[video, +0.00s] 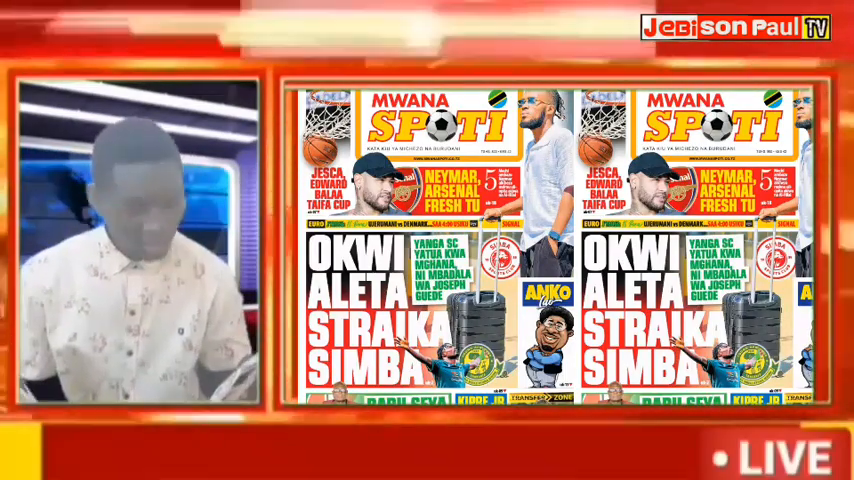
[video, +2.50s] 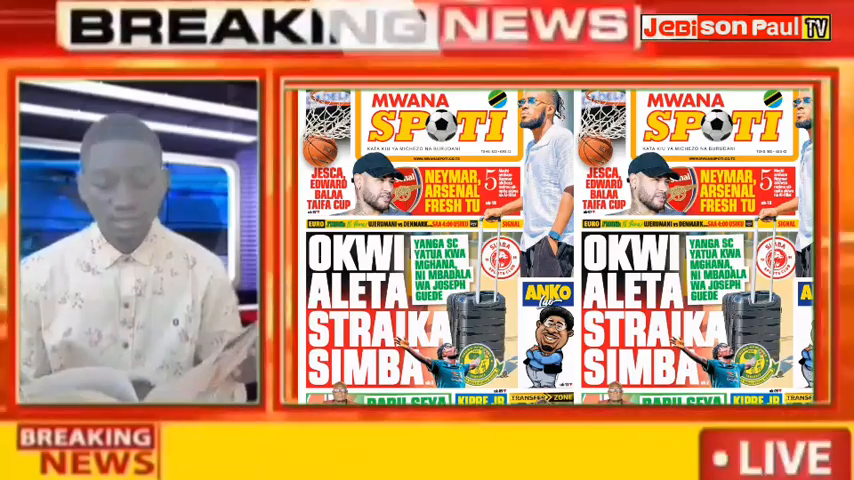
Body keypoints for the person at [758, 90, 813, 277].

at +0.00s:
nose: (799, 107)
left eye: (806, 101)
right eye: (797, 103)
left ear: (820, 107)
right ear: (794, 110)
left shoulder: (827, 147)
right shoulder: (806, 149)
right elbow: (804, 196)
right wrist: (777, 211)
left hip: (820, 240)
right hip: (803, 239)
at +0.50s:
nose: (799, 107)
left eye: (806, 101)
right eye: (797, 103)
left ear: (820, 107)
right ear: (794, 110)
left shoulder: (827, 148)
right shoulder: (806, 149)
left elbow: (832, 192)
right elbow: (804, 196)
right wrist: (776, 211)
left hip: (820, 240)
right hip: (803, 239)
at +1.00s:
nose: (799, 107)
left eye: (807, 101)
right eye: (797, 103)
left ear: (820, 107)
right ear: (794, 110)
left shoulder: (827, 148)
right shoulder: (806, 149)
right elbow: (804, 196)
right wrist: (777, 211)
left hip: (821, 240)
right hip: (804, 239)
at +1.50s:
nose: (799, 107)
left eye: (807, 101)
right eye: (797, 102)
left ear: (820, 106)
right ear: (794, 110)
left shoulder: (826, 147)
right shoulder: (806, 149)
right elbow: (805, 196)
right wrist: (777, 211)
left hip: (819, 240)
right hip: (804, 240)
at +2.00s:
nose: (799, 107)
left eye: (807, 101)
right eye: (797, 102)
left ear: (820, 107)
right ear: (794, 109)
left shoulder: (827, 148)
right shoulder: (806, 149)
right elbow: (805, 197)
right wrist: (777, 211)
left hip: (821, 240)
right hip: (804, 239)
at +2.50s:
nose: (799, 108)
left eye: (806, 101)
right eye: (797, 103)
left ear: (820, 107)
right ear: (794, 109)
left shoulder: (826, 148)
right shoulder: (806, 149)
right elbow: (805, 197)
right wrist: (776, 211)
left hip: (819, 240)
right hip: (803, 239)